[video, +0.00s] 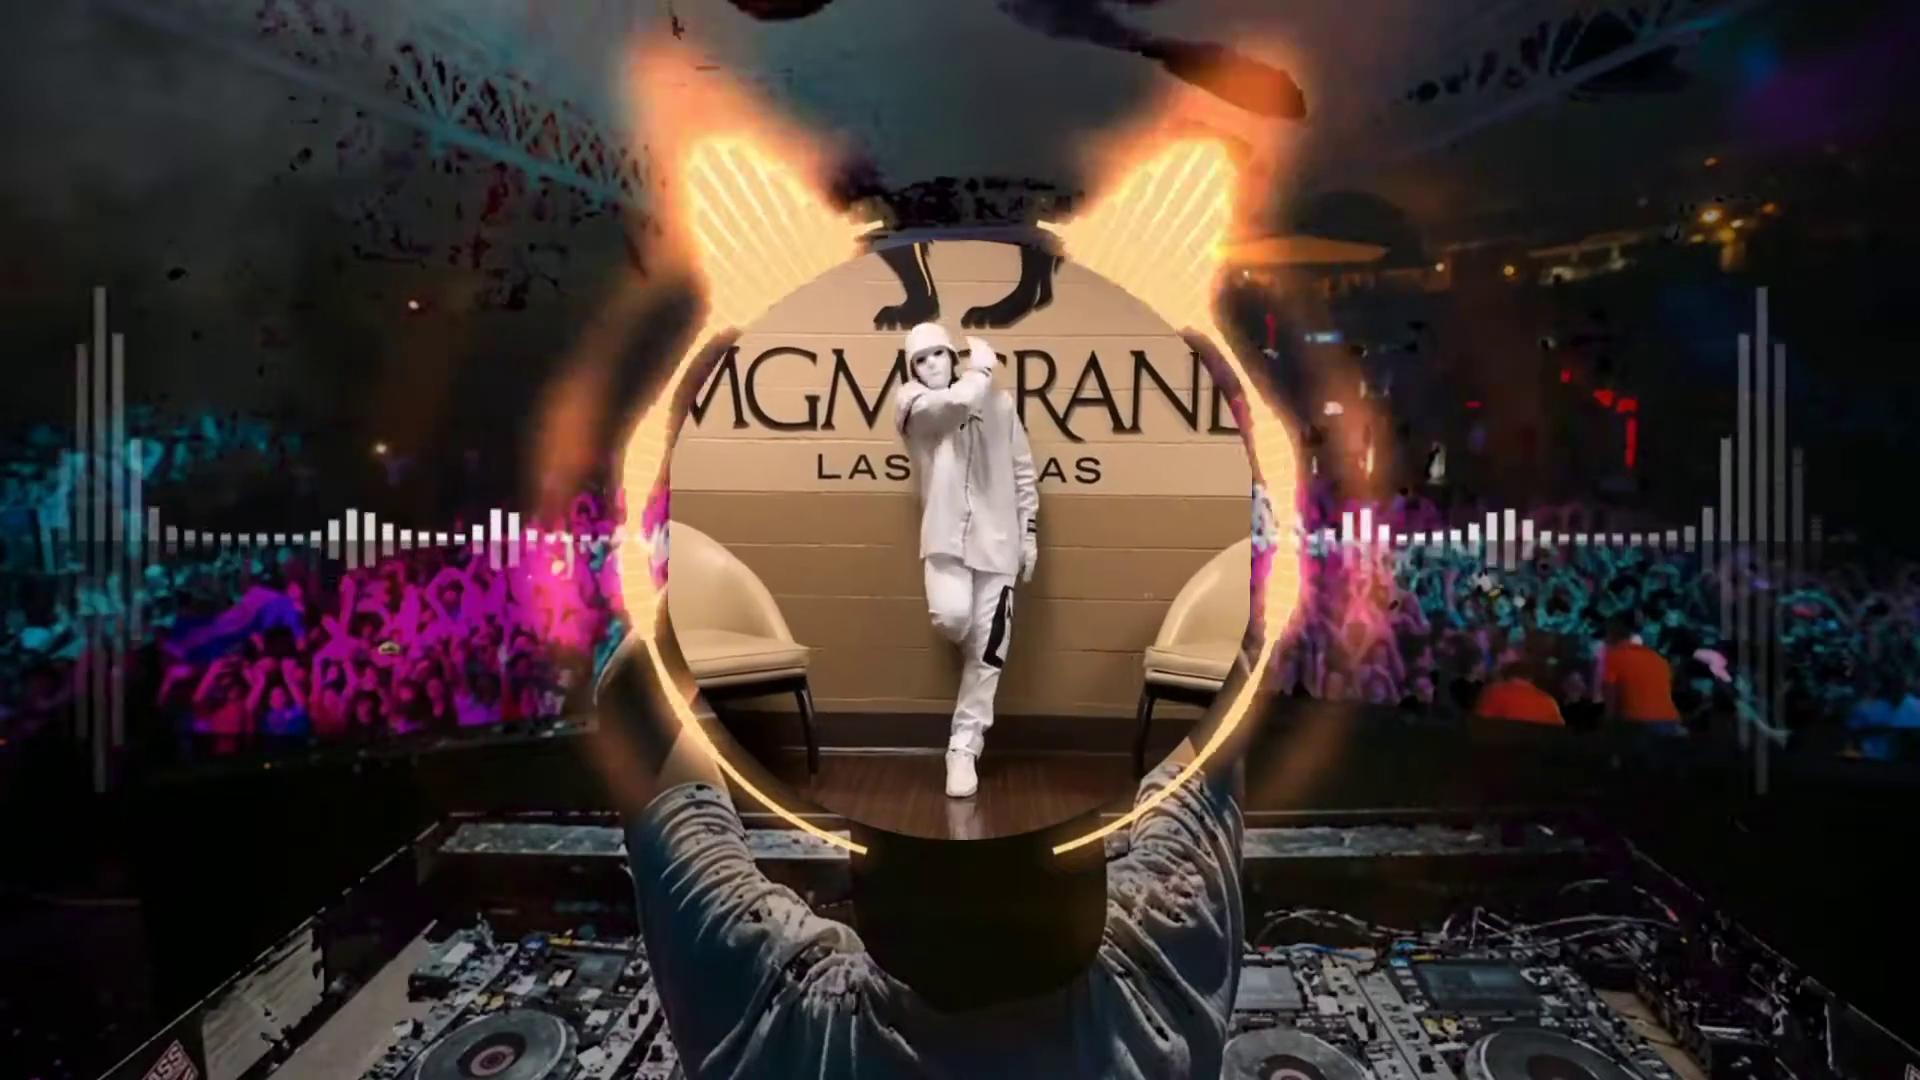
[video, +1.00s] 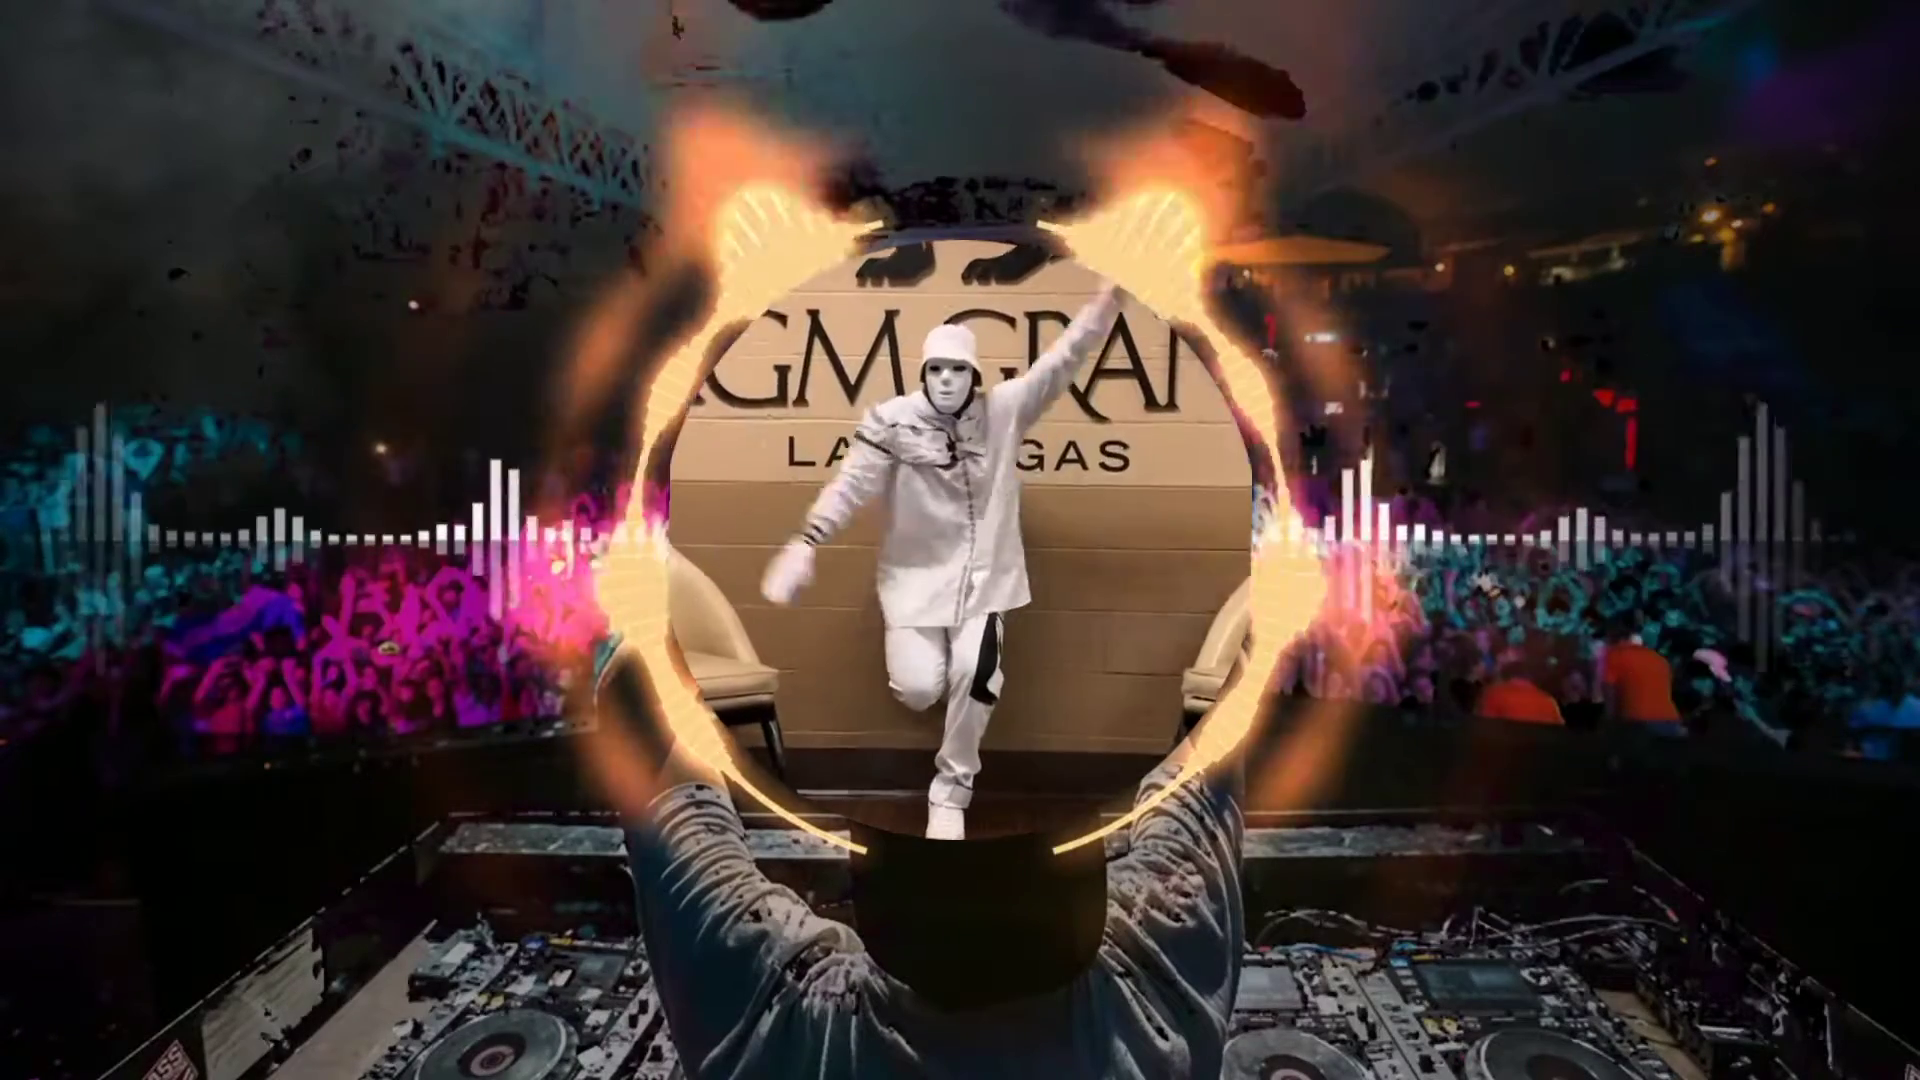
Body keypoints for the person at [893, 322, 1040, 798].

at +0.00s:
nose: (930, 365)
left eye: (937, 356)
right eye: (920, 360)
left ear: (954, 356)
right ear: (911, 368)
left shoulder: (998, 405)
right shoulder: (911, 402)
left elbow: (1024, 474)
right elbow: (957, 402)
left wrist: (1027, 535)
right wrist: (981, 366)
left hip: (997, 537)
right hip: (945, 536)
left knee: (987, 651)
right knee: (951, 618)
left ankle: (963, 750)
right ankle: (975, 643)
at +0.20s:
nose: (957, 346)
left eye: (966, 337)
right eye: (948, 337)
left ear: (980, 341)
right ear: (935, 342)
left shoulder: (1007, 404)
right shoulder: (910, 390)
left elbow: (1019, 479)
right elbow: (914, 440)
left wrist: (1011, 535)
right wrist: (983, 439)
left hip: (989, 543)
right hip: (931, 539)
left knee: (980, 657)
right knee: (937, 632)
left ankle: (963, 759)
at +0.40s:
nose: (954, 338)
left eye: (964, 329)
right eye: (945, 329)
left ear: (979, 335)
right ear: (931, 334)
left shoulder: (1004, 384)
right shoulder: (906, 373)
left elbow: (1021, 459)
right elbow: (862, 402)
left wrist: (974, 429)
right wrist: (926, 404)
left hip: (983, 547)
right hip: (921, 542)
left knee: (971, 666)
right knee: (923, 636)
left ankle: (953, 767)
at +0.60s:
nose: (944, 365)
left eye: (955, 356)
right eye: (935, 355)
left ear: (971, 362)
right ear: (921, 358)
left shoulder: (1002, 424)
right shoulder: (905, 406)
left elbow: (1013, 499)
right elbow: (865, 379)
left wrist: (1005, 564)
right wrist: (895, 315)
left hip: (976, 557)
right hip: (915, 553)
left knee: (972, 666)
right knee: (915, 657)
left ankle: (951, 776)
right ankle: (960, 653)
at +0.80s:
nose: (944, 382)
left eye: (954, 373)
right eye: (934, 372)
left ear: (972, 379)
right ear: (920, 375)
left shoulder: (1005, 436)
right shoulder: (888, 418)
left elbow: (1077, 474)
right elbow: (819, 417)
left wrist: (1152, 510)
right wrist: (771, 378)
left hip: (970, 576)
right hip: (902, 579)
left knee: (974, 670)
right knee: (913, 680)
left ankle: (949, 788)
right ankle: (941, 639)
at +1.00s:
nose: (946, 381)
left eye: (958, 371)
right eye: (936, 370)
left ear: (975, 375)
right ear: (923, 373)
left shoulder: (1002, 411)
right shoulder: (892, 422)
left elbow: (1061, 363)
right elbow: (850, 487)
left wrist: (1105, 305)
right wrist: (806, 542)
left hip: (982, 577)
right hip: (915, 579)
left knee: (978, 684)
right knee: (918, 689)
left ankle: (950, 797)